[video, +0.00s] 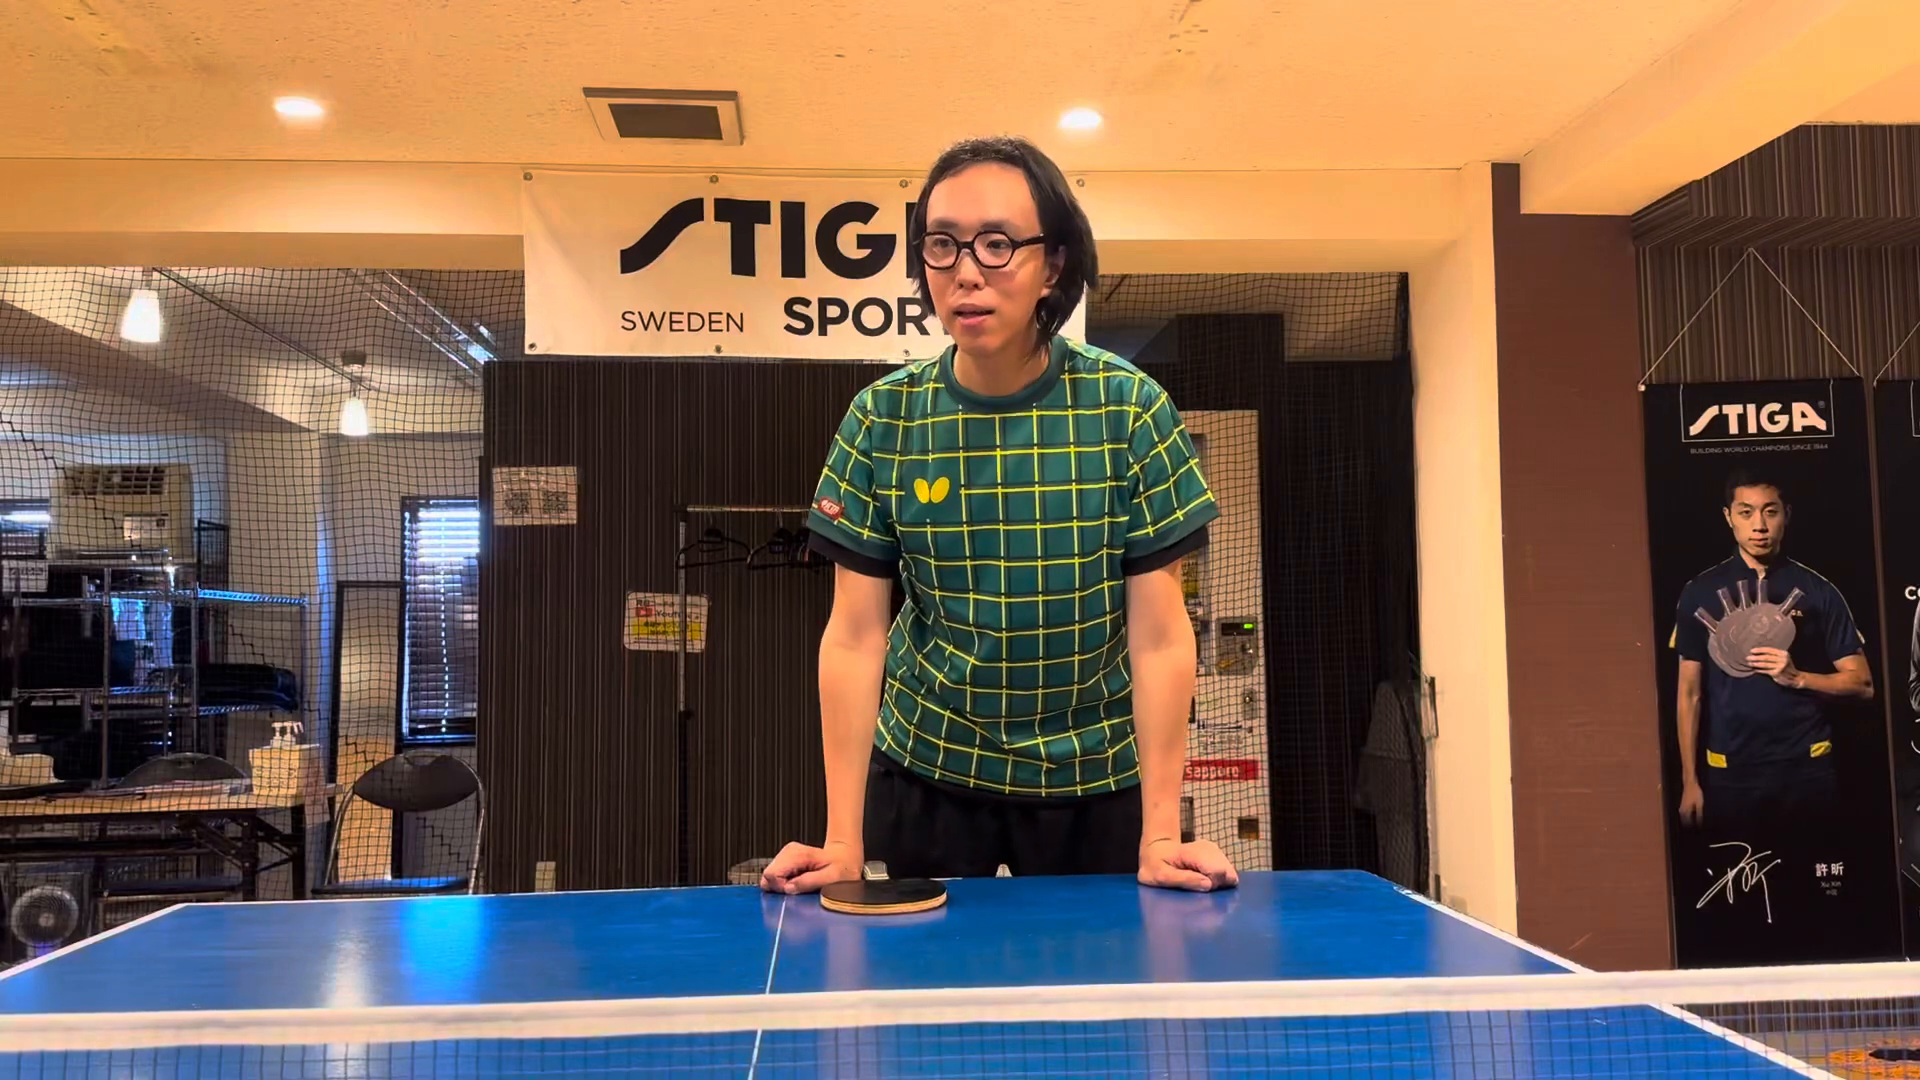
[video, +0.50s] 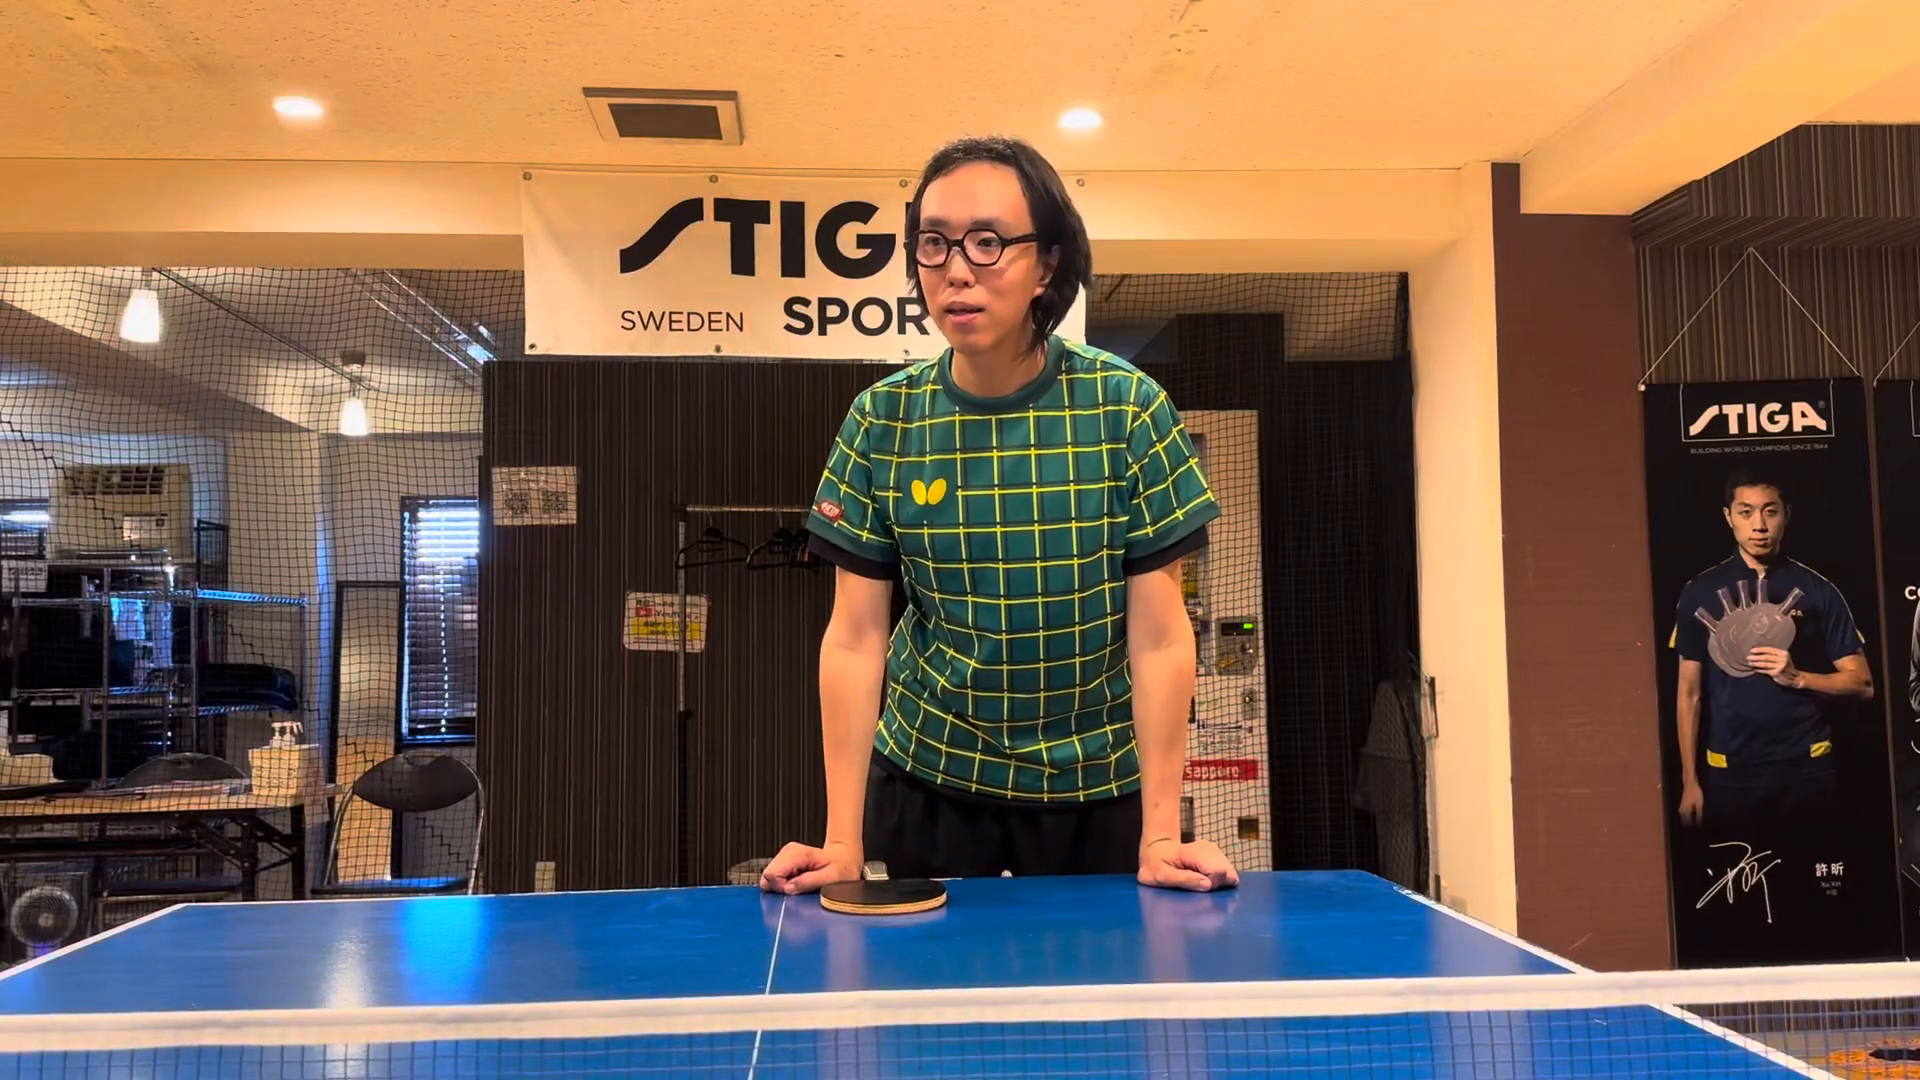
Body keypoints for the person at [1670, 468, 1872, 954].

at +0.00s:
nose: (1759, 524)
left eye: (1769, 511)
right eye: (1746, 512)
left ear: (1785, 517)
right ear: (1729, 518)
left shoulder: (1818, 593)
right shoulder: (1701, 595)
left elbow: (1861, 682)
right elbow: (1689, 693)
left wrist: (1797, 677)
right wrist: (1689, 779)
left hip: (1806, 771)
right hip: (1729, 774)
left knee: (1812, 901)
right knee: (1733, 903)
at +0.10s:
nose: (1759, 524)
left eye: (1769, 511)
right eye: (1746, 512)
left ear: (1785, 517)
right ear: (1729, 518)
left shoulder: (1818, 593)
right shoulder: (1701, 594)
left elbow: (1861, 682)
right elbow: (1689, 692)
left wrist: (1797, 676)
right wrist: (1689, 778)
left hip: (1806, 771)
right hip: (1729, 773)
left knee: (1812, 900)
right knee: (1733, 901)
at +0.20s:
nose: (1759, 524)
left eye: (1769, 511)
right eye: (1746, 512)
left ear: (1785, 517)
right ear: (1729, 519)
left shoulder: (1818, 593)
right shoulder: (1701, 594)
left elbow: (1861, 682)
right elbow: (1689, 692)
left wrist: (1796, 676)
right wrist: (1689, 778)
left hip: (1806, 771)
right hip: (1729, 773)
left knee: (1811, 901)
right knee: (1733, 901)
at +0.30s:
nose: (1759, 523)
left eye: (1769, 511)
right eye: (1746, 512)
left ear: (1785, 517)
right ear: (1729, 518)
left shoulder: (1817, 593)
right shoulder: (1701, 594)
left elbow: (1861, 682)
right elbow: (1689, 692)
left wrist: (1797, 677)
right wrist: (1689, 778)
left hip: (1806, 771)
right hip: (1729, 773)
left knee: (1812, 901)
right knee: (1733, 902)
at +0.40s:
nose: (1759, 524)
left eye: (1769, 511)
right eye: (1746, 512)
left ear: (1785, 517)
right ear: (1729, 518)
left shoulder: (1818, 593)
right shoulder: (1701, 595)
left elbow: (1860, 682)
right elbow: (1689, 693)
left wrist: (1797, 677)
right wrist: (1689, 779)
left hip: (1806, 771)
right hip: (1729, 774)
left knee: (1811, 901)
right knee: (1734, 903)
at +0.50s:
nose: (1759, 524)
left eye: (1769, 511)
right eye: (1746, 512)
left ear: (1785, 517)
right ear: (1729, 518)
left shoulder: (1817, 593)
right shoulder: (1701, 594)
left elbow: (1860, 681)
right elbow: (1689, 692)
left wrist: (1797, 676)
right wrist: (1689, 778)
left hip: (1806, 770)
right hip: (1729, 773)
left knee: (1812, 901)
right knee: (1733, 902)